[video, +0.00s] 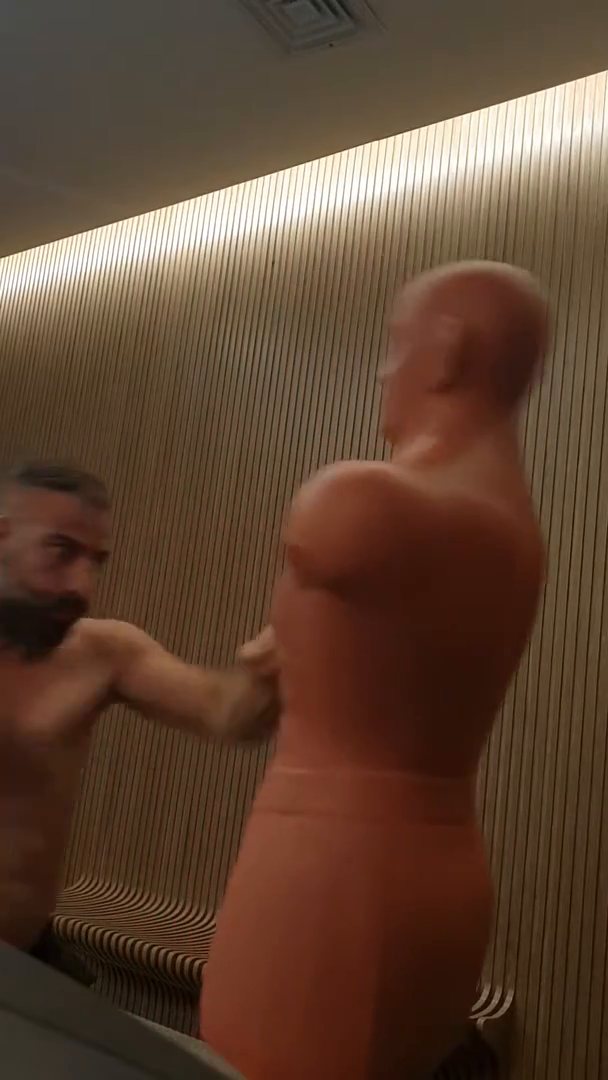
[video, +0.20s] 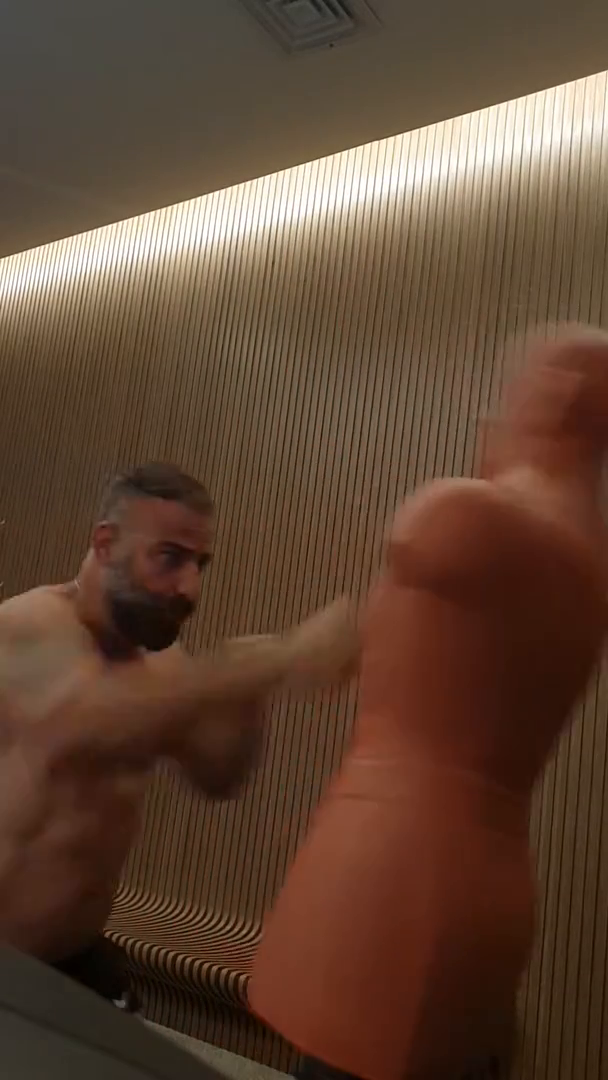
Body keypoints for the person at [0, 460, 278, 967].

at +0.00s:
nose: (82, 584)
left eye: (95, 561)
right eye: (61, 551)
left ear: (103, 563)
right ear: (2, 535)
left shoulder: (100, 652)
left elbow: (223, 710)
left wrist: (260, 679)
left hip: (23, 953)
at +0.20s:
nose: (190, 588)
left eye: (200, 564)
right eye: (169, 558)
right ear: (104, 543)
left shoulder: (159, 661)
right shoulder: (28, 626)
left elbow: (218, 779)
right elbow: (82, 722)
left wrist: (245, 686)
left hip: (77, 964)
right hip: (9, 956)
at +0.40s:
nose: (229, 610)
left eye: (243, 590)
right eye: (211, 579)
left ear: (250, 598)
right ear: (154, 570)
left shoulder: (215, 705)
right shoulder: (41, 666)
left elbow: (260, 833)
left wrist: (287, 722)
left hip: (100, 988)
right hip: (11, 958)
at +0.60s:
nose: (250, 630)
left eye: (265, 612)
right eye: (235, 600)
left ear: (271, 622)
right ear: (180, 588)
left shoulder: (174, 701)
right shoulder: (129, 652)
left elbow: (198, 830)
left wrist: (243, 714)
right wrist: (148, 825)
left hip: (84, 967)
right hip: (20, 948)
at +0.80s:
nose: (191, 615)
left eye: (205, 596)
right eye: (174, 584)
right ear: (118, 572)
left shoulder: (123, 673)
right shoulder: (57, 638)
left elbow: (154, 829)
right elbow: (69, 758)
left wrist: (196, 695)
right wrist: (199, 677)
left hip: (47, 955)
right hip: (9, 951)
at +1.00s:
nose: (88, 598)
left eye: (103, 578)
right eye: (70, 565)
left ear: (110, 584)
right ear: (9, 553)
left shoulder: (47, 686)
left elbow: (69, 838)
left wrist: (109, 752)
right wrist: (65, 711)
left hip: (3, 935)